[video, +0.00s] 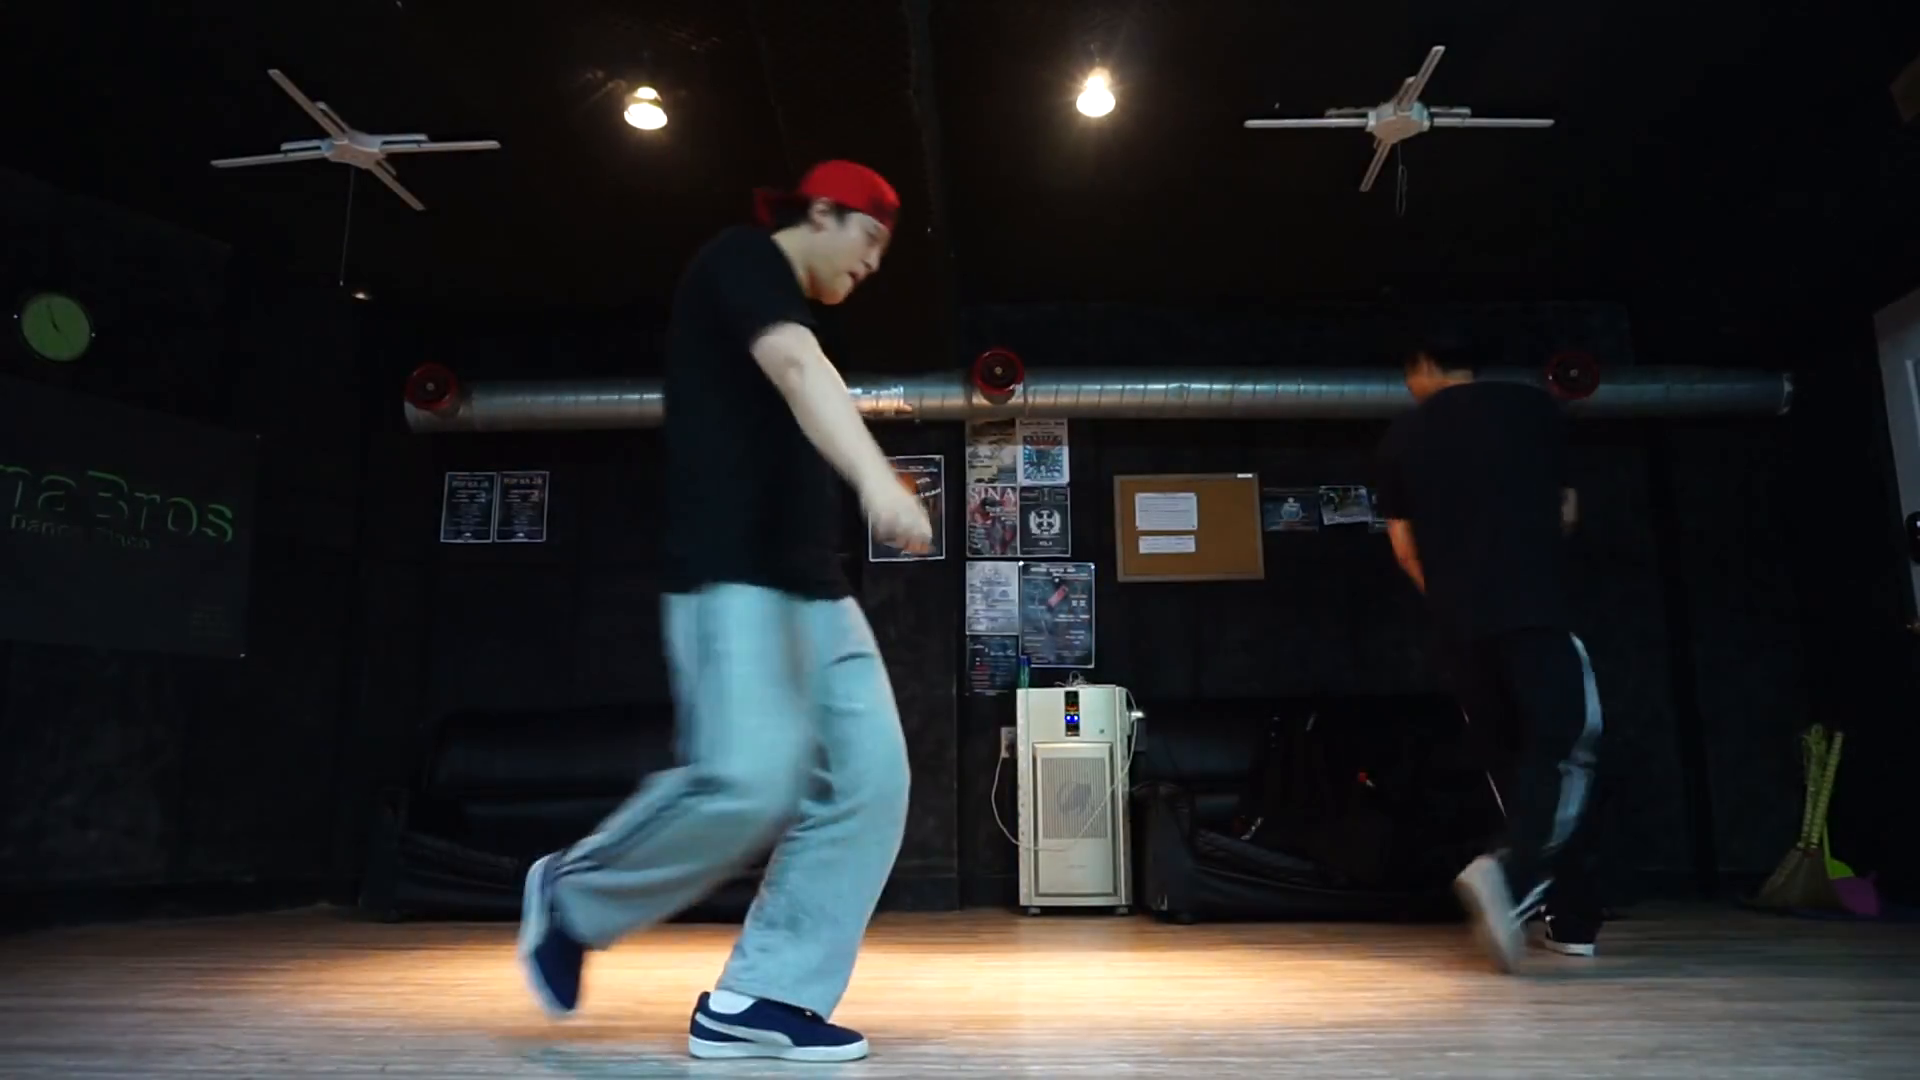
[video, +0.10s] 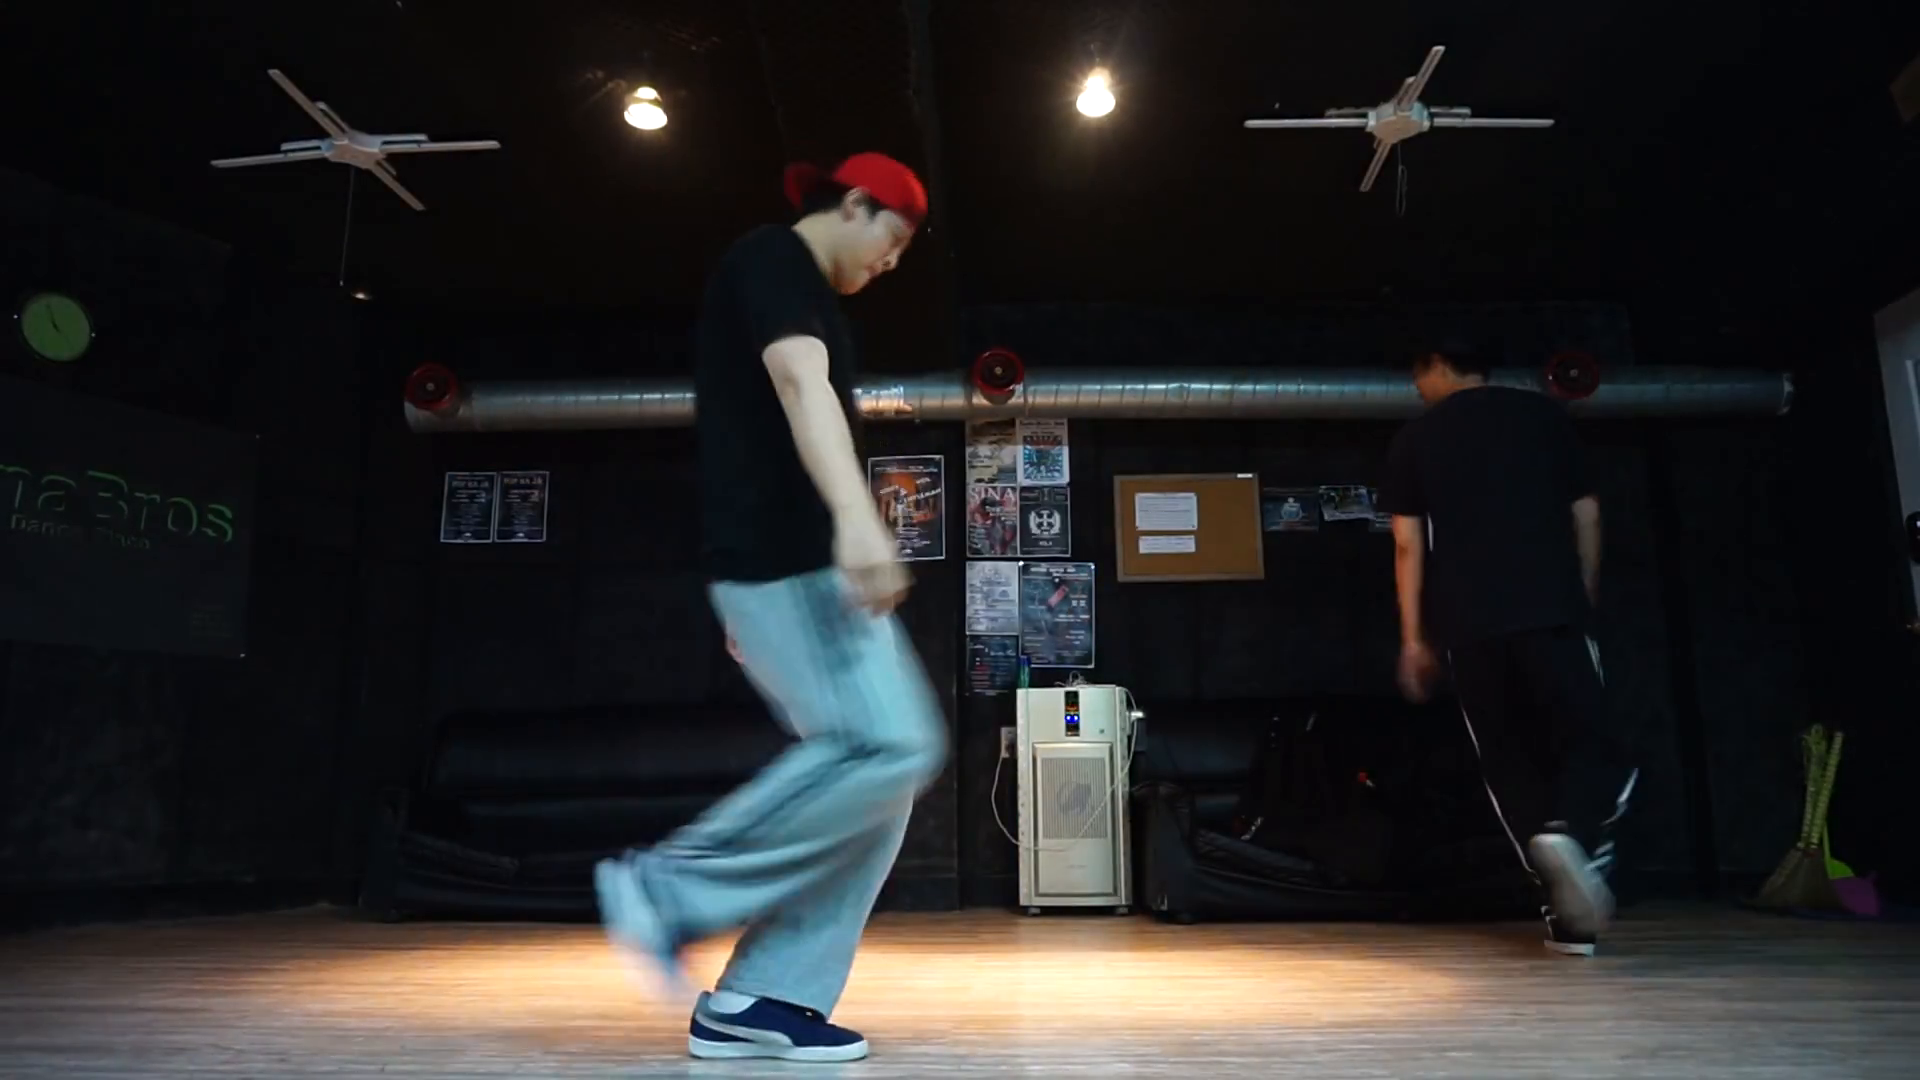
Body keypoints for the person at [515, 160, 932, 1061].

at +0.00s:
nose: (870, 266)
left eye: (877, 253)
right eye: (868, 244)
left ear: (838, 232)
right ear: (823, 216)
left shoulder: (793, 317)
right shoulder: (741, 259)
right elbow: (798, 367)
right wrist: (878, 481)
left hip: (814, 589)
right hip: (729, 583)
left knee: (867, 788)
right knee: (750, 782)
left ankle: (760, 1001)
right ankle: (569, 900)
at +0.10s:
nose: (891, 260)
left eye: (901, 247)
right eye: (893, 238)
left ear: (860, 220)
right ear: (854, 208)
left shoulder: (804, 293)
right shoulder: (773, 259)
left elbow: (769, 446)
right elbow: (802, 390)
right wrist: (860, 520)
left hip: (800, 576)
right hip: (781, 574)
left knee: (877, 769)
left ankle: (767, 1001)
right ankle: (662, 891)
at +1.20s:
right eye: (1096, 259)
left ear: (1023, 276)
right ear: (1098, 261)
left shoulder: (995, 330)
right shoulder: (1148, 304)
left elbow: (1017, 421)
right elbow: (1150, 402)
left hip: (1028, 574)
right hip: (1132, 561)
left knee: (1079, 781)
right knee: (1130, 774)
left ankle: (1135, 961)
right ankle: (1060, 961)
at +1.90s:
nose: (1023, 358)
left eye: (1024, 349)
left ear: (1031, 346)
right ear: (1095, 340)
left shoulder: (1016, 387)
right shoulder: (1151, 393)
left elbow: (965, 473)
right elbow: (1193, 481)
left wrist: (970, 407)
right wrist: (1251, 561)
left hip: (1052, 618)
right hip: (1135, 618)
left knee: (1030, 781)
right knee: (1111, 781)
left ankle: (1132, 892)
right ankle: (1097, 945)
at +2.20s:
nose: (984, 362)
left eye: (983, 354)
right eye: (984, 354)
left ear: (994, 346)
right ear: (1052, 339)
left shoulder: (1006, 390)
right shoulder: (1091, 395)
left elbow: (950, 478)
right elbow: (1073, 485)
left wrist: (970, 412)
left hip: (1030, 605)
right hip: (1100, 607)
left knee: (974, 753)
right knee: (1086, 776)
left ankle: (1028, 902)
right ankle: (1109, 942)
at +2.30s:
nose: (966, 371)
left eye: (964, 360)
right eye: (964, 361)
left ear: (976, 350)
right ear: (1030, 342)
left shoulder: (998, 399)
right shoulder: (1068, 399)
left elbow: (942, 488)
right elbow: (1005, 499)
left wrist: (978, 414)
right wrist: (944, 570)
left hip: (1018, 610)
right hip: (1084, 608)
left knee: (968, 766)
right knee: (1080, 772)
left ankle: (998, 926)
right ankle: (1109, 939)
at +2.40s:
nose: (948, 389)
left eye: (945, 377)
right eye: (944, 379)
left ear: (960, 364)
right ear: (1004, 354)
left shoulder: (987, 416)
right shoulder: (1047, 412)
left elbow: (937, 514)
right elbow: (970, 519)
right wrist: (886, 563)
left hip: (998, 626)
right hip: (1060, 625)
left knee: (956, 770)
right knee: (1057, 777)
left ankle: (994, 931)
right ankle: (1104, 932)